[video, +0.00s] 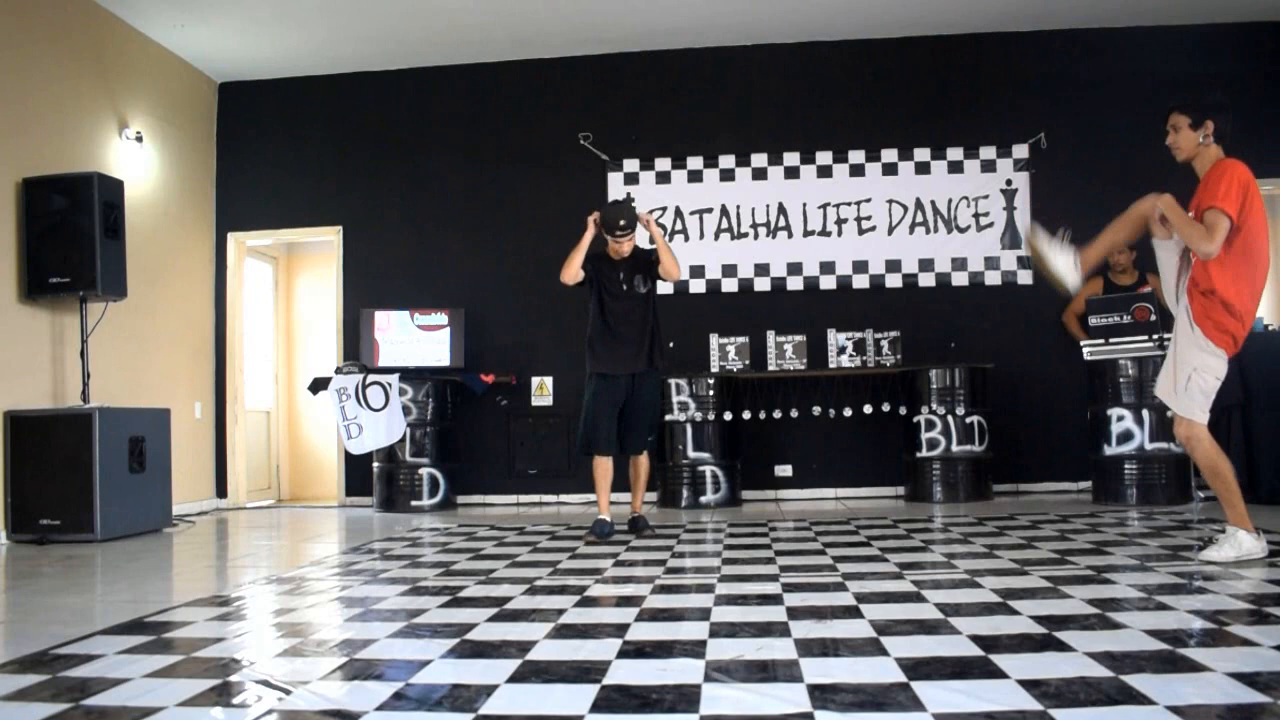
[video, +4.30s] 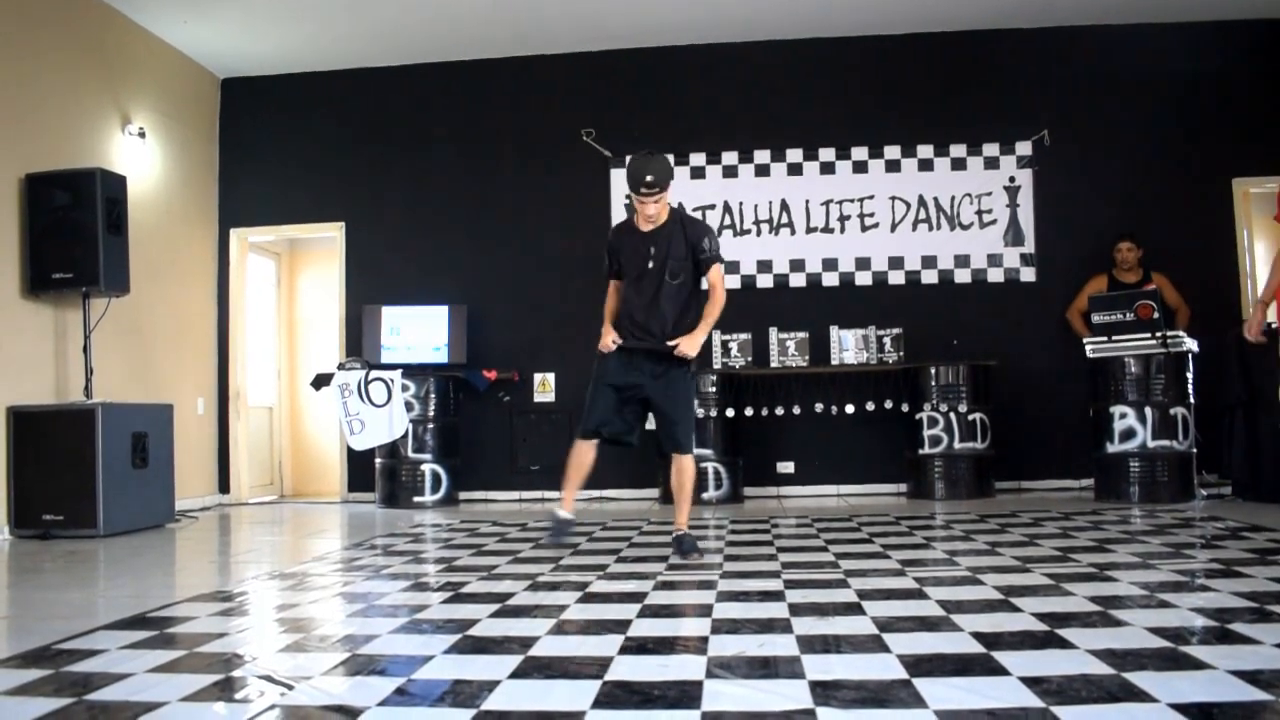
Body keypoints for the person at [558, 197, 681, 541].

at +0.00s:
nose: (622, 247)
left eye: (627, 241)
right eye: (616, 242)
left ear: (635, 235)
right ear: (604, 236)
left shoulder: (646, 259)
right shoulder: (594, 261)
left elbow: (673, 273)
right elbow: (568, 276)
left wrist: (655, 233)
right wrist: (589, 234)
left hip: (644, 368)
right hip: (605, 368)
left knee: (640, 443)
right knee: (602, 443)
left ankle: (637, 513)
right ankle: (603, 517)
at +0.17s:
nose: (622, 245)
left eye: (627, 238)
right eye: (615, 239)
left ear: (636, 231)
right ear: (605, 234)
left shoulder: (656, 260)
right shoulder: (595, 264)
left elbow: (686, 302)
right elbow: (570, 308)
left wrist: (674, 285)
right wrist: (581, 272)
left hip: (648, 368)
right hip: (607, 368)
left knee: (642, 442)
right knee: (608, 441)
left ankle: (637, 514)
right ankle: (608, 516)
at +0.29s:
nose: (620, 242)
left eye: (625, 234)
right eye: (613, 235)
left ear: (635, 230)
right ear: (604, 232)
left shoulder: (657, 263)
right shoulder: (595, 268)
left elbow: (679, 305)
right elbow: (575, 311)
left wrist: (670, 321)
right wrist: (582, 320)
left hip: (649, 370)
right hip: (608, 369)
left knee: (643, 443)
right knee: (608, 442)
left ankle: (637, 515)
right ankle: (607, 519)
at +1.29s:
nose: (678, 222)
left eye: (685, 215)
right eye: (672, 213)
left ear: (692, 211)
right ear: (658, 200)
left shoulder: (695, 245)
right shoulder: (626, 241)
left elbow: (701, 301)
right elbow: (606, 299)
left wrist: (695, 329)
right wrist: (619, 344)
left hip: (680, 364)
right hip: (635, 362)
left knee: (689, 448)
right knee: (625, 447)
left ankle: (694, 531)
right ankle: (617, 525)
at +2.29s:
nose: (632, 195)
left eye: (634, 188)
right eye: (622, 189)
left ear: (638, 191)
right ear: (599, 195)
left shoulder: (657, 234)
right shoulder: (584, 251)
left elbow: (673, 291)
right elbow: (578, 309)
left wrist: (677, 338)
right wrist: (591, 348)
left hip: (657, 361)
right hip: (608, 365)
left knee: (675, 449)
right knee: (601, 453)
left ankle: (690, 531)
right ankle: (595, 539)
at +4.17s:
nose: (651, 213)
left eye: (658, 206)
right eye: (643, 205)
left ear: (667, 200)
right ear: (628, 197)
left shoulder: (681, 238)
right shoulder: (604, 240)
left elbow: (698, 293)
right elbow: (594, 297)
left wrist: (692, 334)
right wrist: (601, 341)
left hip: (672, 362)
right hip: (621, 364)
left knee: (686, 446)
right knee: (614, 449)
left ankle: (687, 529)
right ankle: (610, 531)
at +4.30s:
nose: (647, 209)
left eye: (655, 200)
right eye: (640, 200)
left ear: (668, 193)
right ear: (630, 195)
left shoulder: (695, 233)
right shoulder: (620, 237)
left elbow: (718, 291)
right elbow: (614, 287)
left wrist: (698, 335)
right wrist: (607, 326)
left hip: (673, 359)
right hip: (623, 355)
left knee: (682, 445)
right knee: (589, 430)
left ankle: (681, 530)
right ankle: (564, 513)